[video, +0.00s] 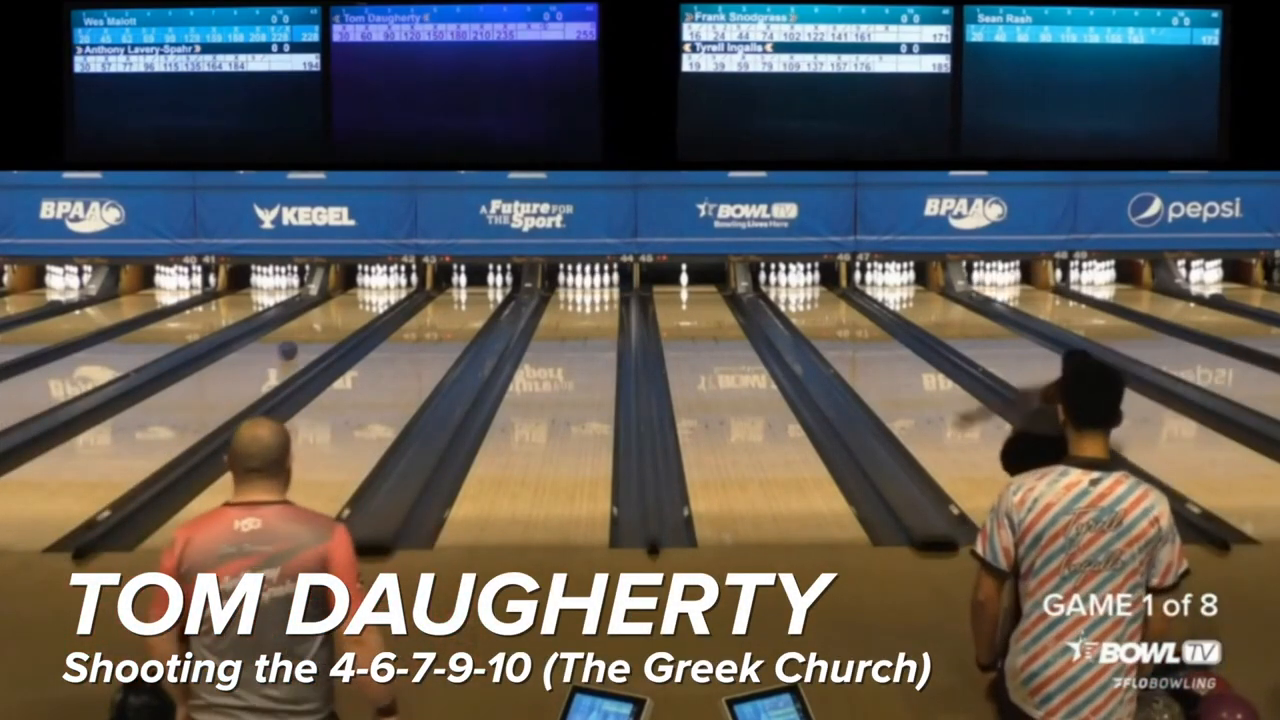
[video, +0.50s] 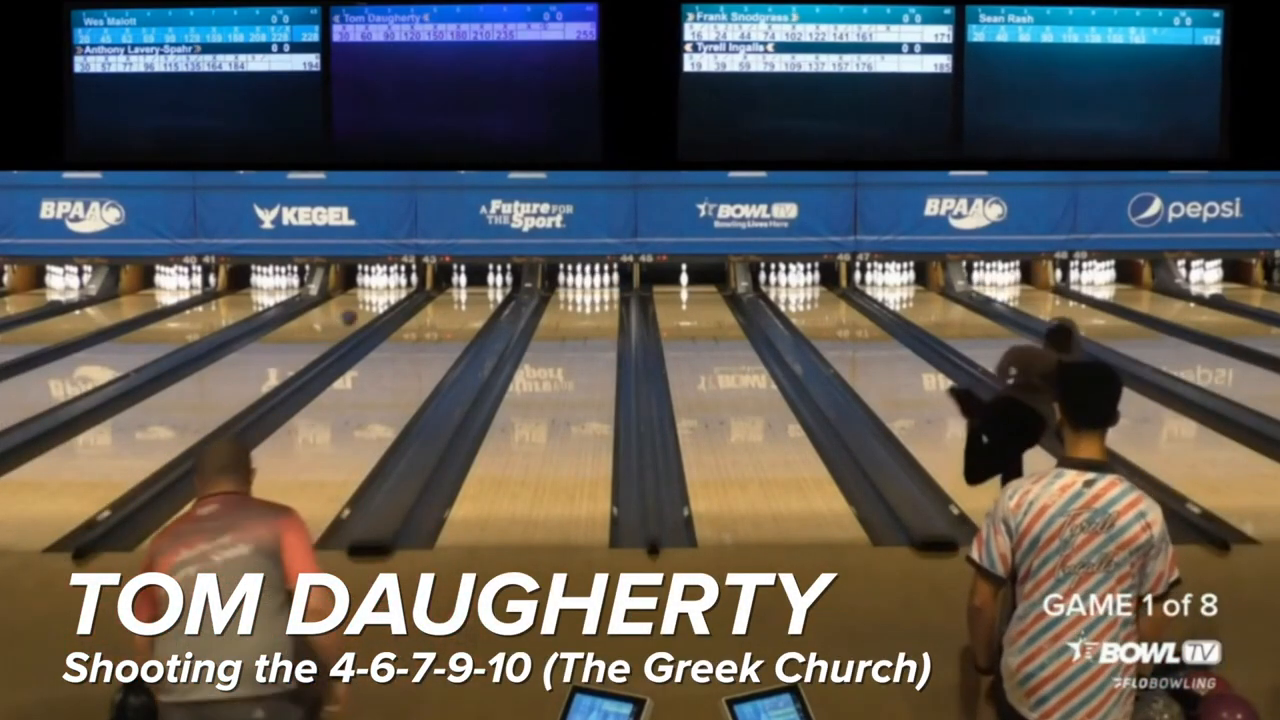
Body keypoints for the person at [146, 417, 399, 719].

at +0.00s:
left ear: (229, 465)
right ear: (289, 464)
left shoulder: (188, 538)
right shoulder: (329, 535)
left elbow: (163, 650)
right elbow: (358, 641)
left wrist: (183, 702)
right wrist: (386, 704)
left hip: (213, 709)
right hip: (302, 709)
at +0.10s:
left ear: (231, 465)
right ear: (291, 463)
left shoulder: (190, 537)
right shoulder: (331, 535)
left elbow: (162, 640)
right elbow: (364, 634)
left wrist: (178, 701)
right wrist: (389, 705)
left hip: (210, 708)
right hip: (302, 709)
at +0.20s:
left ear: (228, 464)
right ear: (286, 462)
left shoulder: (188, 532)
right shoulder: (325, 530)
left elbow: (152, 625)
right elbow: (361, 627)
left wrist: (164, 688)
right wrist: (382, 697)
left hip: (205, 707)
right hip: (298, 706)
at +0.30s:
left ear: (216, 469)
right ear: (271, 467)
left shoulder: (176, 536)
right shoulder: (308, 527)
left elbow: (146, 626)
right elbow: (339, 616)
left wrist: (159, 689)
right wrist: (358, 685)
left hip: (197, 707)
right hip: (287, 706)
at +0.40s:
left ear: (212, 472)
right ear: (266, 470)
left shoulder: (172, 537)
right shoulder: (301, 525)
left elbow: (144, 626)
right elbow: (334, 614)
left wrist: (159, 689)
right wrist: (351, 682)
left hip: (194, 705)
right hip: (283, 704)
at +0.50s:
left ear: (198, 480)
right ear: (250, 475)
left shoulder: (163, 541)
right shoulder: (280, 521)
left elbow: (144, 625)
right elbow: (314, 607)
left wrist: (147, 679)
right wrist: (337, 675)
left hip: (182, 703)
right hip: (267, 699)